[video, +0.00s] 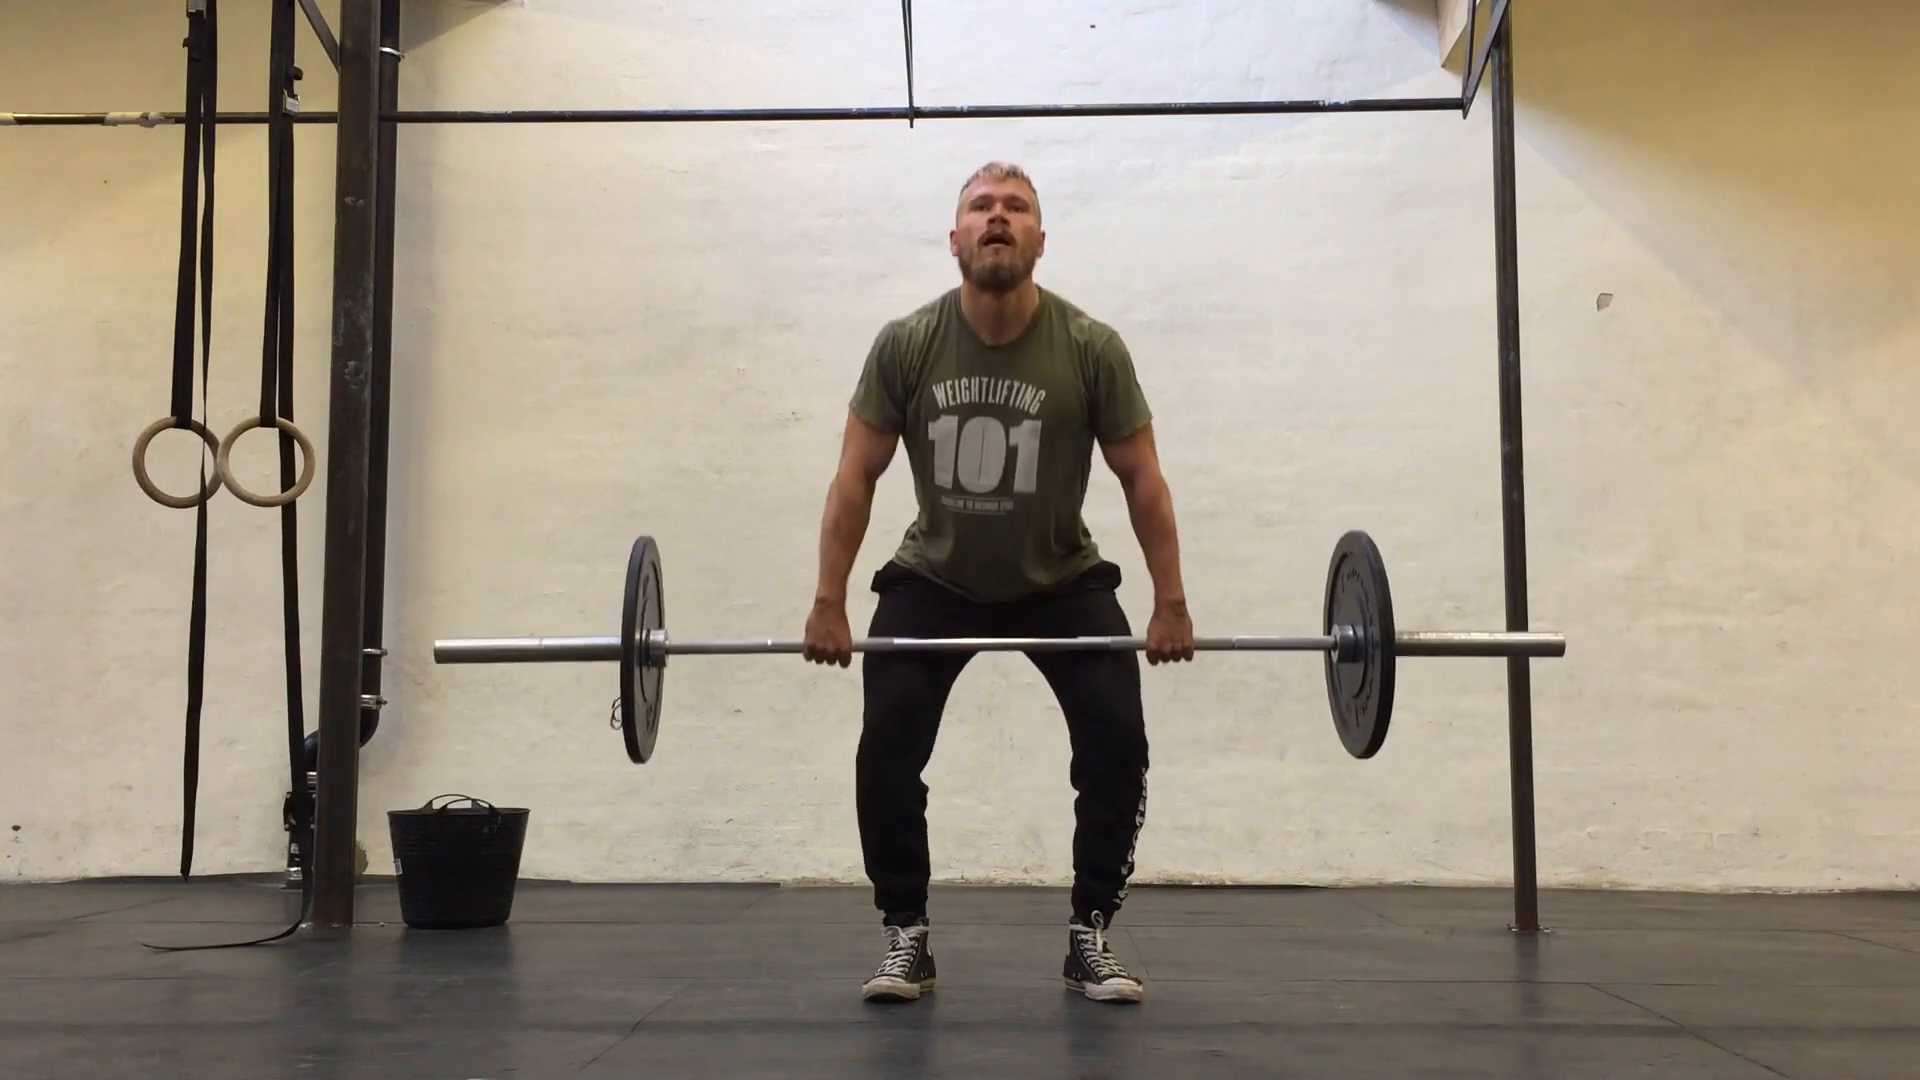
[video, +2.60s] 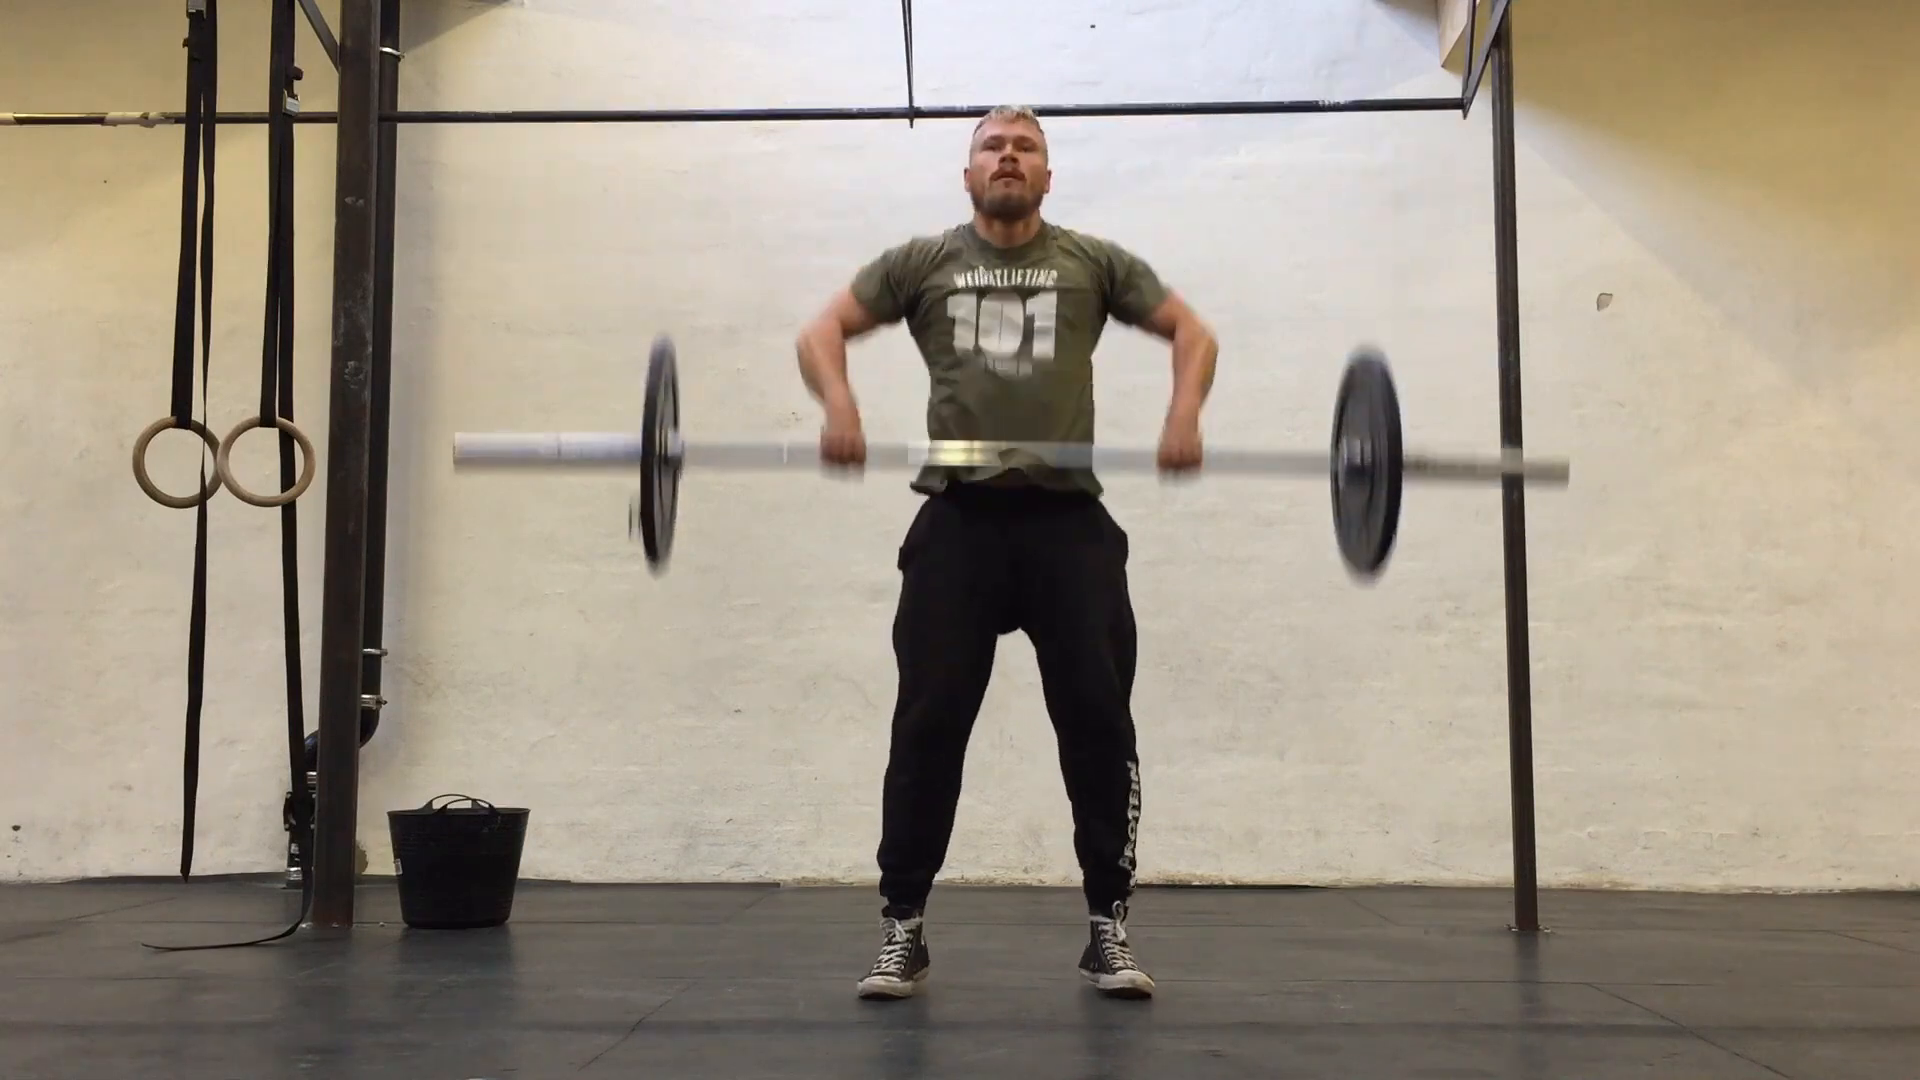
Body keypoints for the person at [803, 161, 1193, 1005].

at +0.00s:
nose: (997, 216)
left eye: (1015, 206)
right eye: (981, 205)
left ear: (1040, 239)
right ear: (954, 237)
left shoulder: (1093, 352)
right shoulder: (904, 348)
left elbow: (1141, 478)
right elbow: (855, 477)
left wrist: (1171, 600)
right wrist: (828, 600)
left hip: (1060, 580)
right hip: (935, 579)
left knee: (1117, 740)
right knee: (887, 745)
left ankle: (1091, 937)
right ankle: (904, 940)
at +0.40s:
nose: (989, 174)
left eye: (1007, 164)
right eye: (975, 163)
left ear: (1033, 189)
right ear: (951, 188)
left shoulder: (1081, 284)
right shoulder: (907, 287)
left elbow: (1139, 381)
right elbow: (854, 381)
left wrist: (1170, 484)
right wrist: (827, 486)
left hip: (1062, 552)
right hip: (939, 555)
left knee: (1091, 745)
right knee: (918, 745)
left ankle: (1086, 940)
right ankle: (909, 940)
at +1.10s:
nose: (997, 249)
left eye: (1013, 241)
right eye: (980, 240)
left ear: (1036, 277)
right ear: (954, 275)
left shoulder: (1078, 365)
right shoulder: (917, 367)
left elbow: (1160, 401)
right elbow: (852, 405)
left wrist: (1161, 326)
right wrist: (833, 337)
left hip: (1065, 628)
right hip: (940, 629)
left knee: (1158, 769)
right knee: (854, 771)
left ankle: (1103, 945)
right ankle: (893, 948)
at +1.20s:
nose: (996, 186)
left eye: (1012, 181)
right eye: (980, 182)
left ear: (1039, 217)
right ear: (956, 219)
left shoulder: (1075, 298)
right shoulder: (923, 302)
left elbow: (1157, 331)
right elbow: (862, 345)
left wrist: (1163, 258)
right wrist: (839, 270)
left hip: (1066, 577)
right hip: (944, 576)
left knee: (1118, 756)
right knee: (887, 757)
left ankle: (1102, 947)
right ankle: (893, 946)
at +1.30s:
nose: (998, 168)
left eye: (1015, 160)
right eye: (984, 160)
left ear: (1040, 187)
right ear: (961, 187)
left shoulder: (1076, 259)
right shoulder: (924, 264)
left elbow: (1170, 241)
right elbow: (843, 259)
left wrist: (1168, 153)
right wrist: (833, 167)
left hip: (1063, 533)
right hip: (946, 534)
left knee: (1090, 730)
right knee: (921, 733)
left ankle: (1111, 931)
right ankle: (893, 935)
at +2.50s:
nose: (1005, 159)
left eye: (1021, 150)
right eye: (988, 149)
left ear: (1045, 178)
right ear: (964, 179)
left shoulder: (1088, 263)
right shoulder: (921, 258)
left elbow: (1202, 293)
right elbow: (798, 274)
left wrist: (1188, 303)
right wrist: (834, 286)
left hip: (1067, 527)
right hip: (953, 527)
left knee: (1098, 729)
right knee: (925, 730)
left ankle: (1111, 928)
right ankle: (901, 930)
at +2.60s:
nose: (1009, 156)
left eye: (1025, 146)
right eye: (993, 145)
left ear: (1048, 173)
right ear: (966, 172)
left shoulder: (1090, 262)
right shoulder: (924, 263)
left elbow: (1194, 332)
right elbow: (820, 332)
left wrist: (1183, 416)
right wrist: (839, 406)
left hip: (1068, 526)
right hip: (957, 526)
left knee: (1099, 724)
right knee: (927, 723)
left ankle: (1110, 927)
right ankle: (902, 929)